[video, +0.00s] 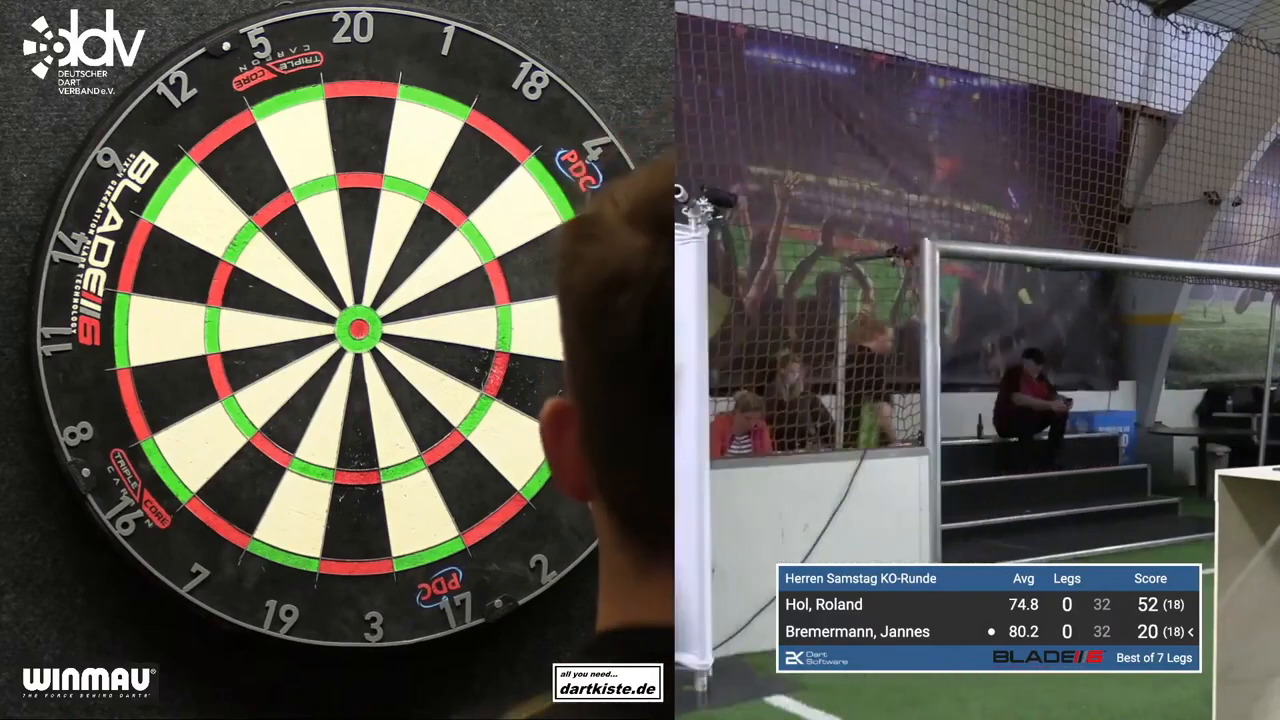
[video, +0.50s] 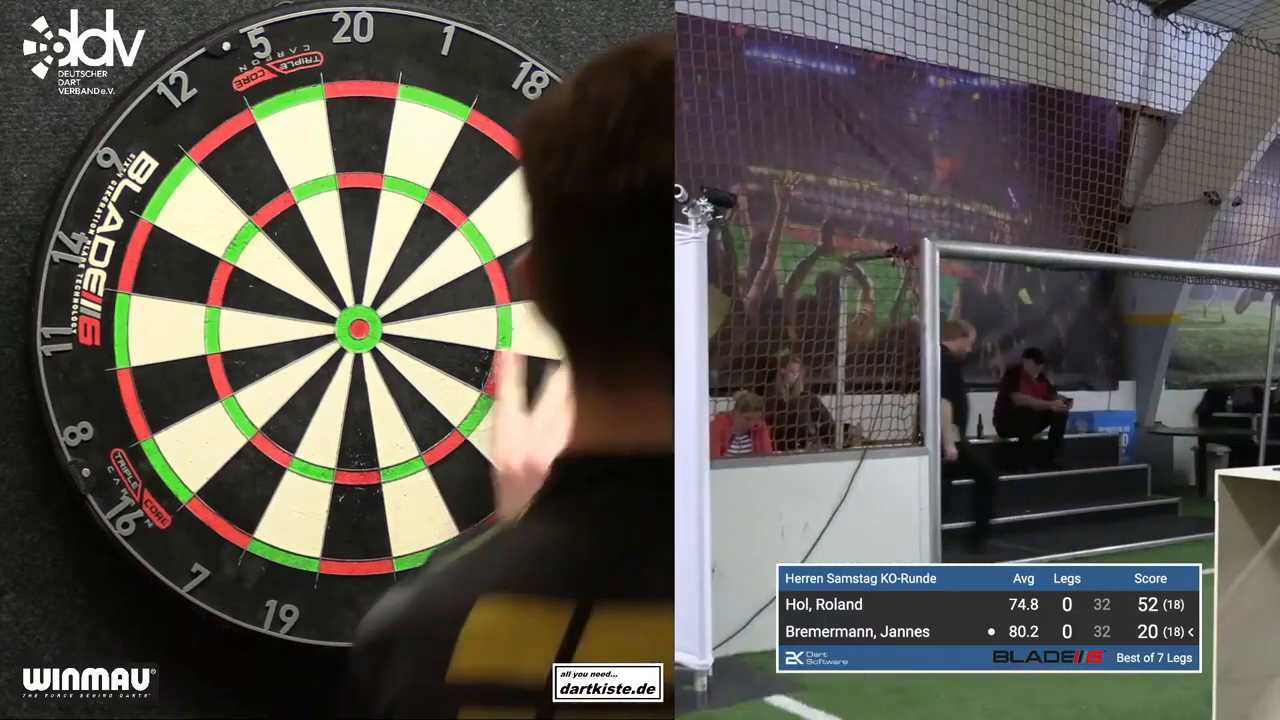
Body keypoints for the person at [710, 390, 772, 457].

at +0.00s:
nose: (753, 423)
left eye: (757, 418)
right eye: (748, 418)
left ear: (761, 418)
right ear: (736, 413)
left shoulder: (760, 428)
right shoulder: (719, 424)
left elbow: (766, 457)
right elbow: (714, 459)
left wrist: (763, 431)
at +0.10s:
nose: (753, 423)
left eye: (757, 418)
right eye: (748, 418)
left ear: (761, 418)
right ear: (736, 413)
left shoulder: (760, 428)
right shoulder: (719, 424)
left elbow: (766, 457)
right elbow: (714, 459)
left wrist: (763, 431)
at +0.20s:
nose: (753, 422)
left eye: (757, 418)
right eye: (748, 418)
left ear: (761, 417)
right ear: (736, 413)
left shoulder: (761, 427)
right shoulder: (719, 424)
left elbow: (767, 456)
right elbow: (714, 458)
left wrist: (764, 430)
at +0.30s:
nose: (753, 422)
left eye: (756, 418)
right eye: (748, 418)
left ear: (761, 417)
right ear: (736, 413)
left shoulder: (761, 427)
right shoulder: (719, 424)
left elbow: (767, 456)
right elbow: (714, 459)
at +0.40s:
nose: (753, 423)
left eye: (757, 418)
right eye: (747, 418)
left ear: (761, 417)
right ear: (736, 413)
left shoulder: (761, 427)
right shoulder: (719, 424)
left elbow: (767, 457)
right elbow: (714, 459)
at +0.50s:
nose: (753, 423)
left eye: (757, 418)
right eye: (748, 418)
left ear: (760, 417)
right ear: (736, 413)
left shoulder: (761, 427)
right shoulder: (719, 424)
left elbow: (768, 456)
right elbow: (714, 459)